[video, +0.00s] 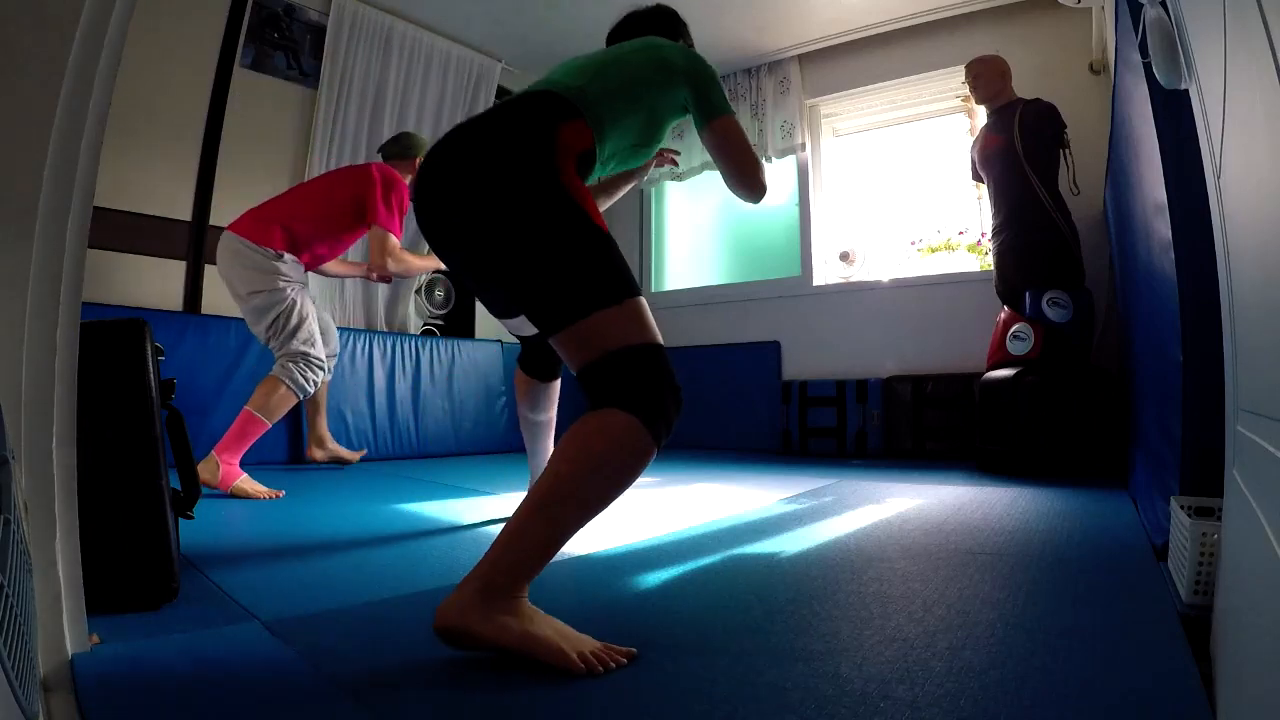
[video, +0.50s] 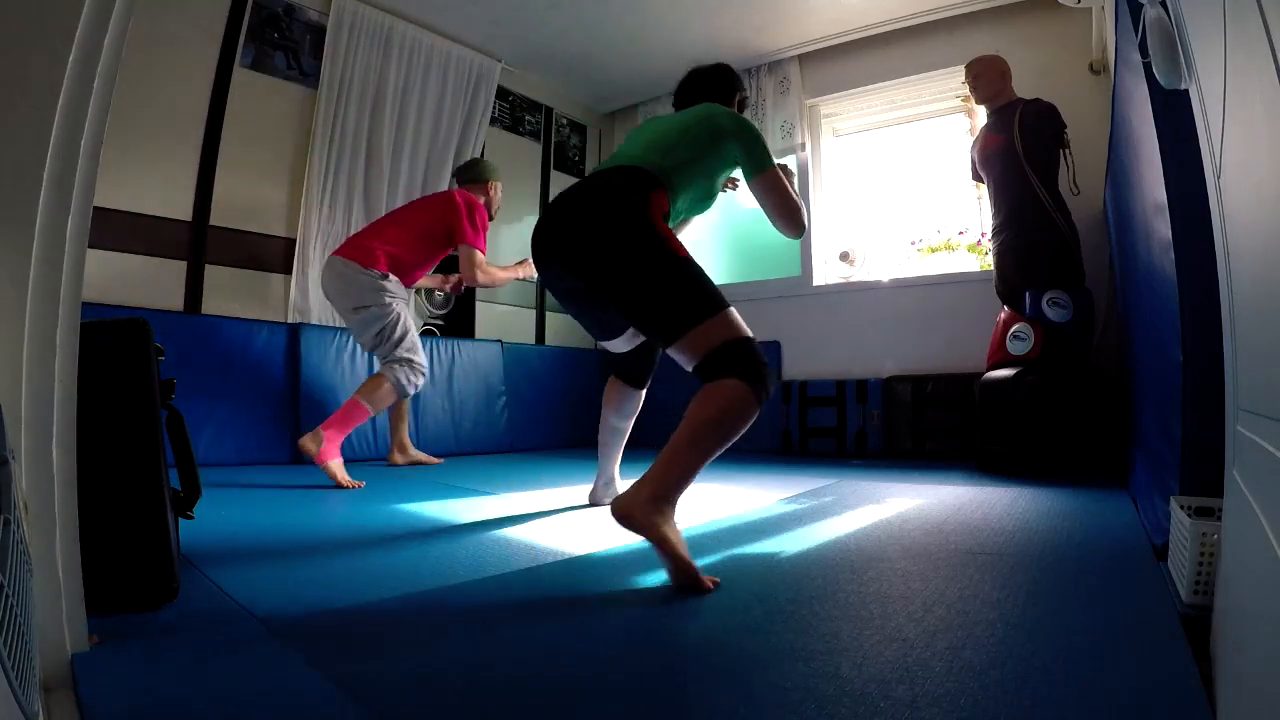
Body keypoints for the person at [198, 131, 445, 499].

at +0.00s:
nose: (424, 175)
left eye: (423, 169)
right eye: (424, 168)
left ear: (386, 160)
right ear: (417, 164)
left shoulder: (363, 180)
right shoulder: (389, 182)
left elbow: (318, 261)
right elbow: (386, 261)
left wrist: (370, 269)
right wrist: (436, 262)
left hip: (273, 255)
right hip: (260, 252)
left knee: (325, 340)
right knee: (305, 359)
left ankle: (320, 441)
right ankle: (222, 461)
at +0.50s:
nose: (500, 200)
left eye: (501, 193)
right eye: (500, 192)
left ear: (463, 186)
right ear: (490, 188)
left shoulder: (442, 204)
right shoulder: (471, 206)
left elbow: (400, 273)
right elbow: (475, 275)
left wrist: (445, 281)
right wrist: (518, 272)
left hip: (347, 268)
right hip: (364, 273)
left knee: (398, 353)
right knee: (408, 367)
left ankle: (401, 446)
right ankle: (326, 438)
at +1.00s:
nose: (560, 216)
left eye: (559, 210)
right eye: (561, 210)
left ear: (528, 207)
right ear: (553, 208)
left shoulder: (506, 224)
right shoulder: (541, 224)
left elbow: (471, 273)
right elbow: (553, 287)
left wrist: (510, 289)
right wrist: (583, 282)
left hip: (428, 291)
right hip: (464, 291)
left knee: (480, 367)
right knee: (521, 358)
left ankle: (466, 440)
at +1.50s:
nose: (616, 229)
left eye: (615, 225)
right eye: (616, 224)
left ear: (584, 220)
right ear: (610, 221)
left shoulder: (564, 237)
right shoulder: (602, 237)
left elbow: (537, 275)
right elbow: (614, 293)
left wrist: (571, 292)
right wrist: (638, 289)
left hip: (503, 299)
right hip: (539, 298)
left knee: (549, 366)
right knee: (598, 355)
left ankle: (528, 439)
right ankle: (572, 431)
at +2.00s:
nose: (647, 245)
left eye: (647, 242)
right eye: (647, 241)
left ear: (618, 239)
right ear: (643, 240)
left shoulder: (597, 257)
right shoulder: (638, 258)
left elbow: (587, 292)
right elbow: (654, 310)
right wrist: (672, 299)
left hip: (553, 319)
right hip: (588, 318)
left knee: (595, 370)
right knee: (646, 368)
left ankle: (587, 436)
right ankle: (626, 433)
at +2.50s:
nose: (651, 246)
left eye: (651, 243)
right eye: (652, 242)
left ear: (625, 239)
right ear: (648, 240)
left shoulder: (607, 255)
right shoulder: (643, 255)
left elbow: (588, 290)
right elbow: (657, 306)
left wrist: (618, 305)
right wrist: (676, 301)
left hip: (557, 312)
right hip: (589, 312)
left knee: (595, 372)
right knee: (642, 364)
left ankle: (586, 436)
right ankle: (625, 432)